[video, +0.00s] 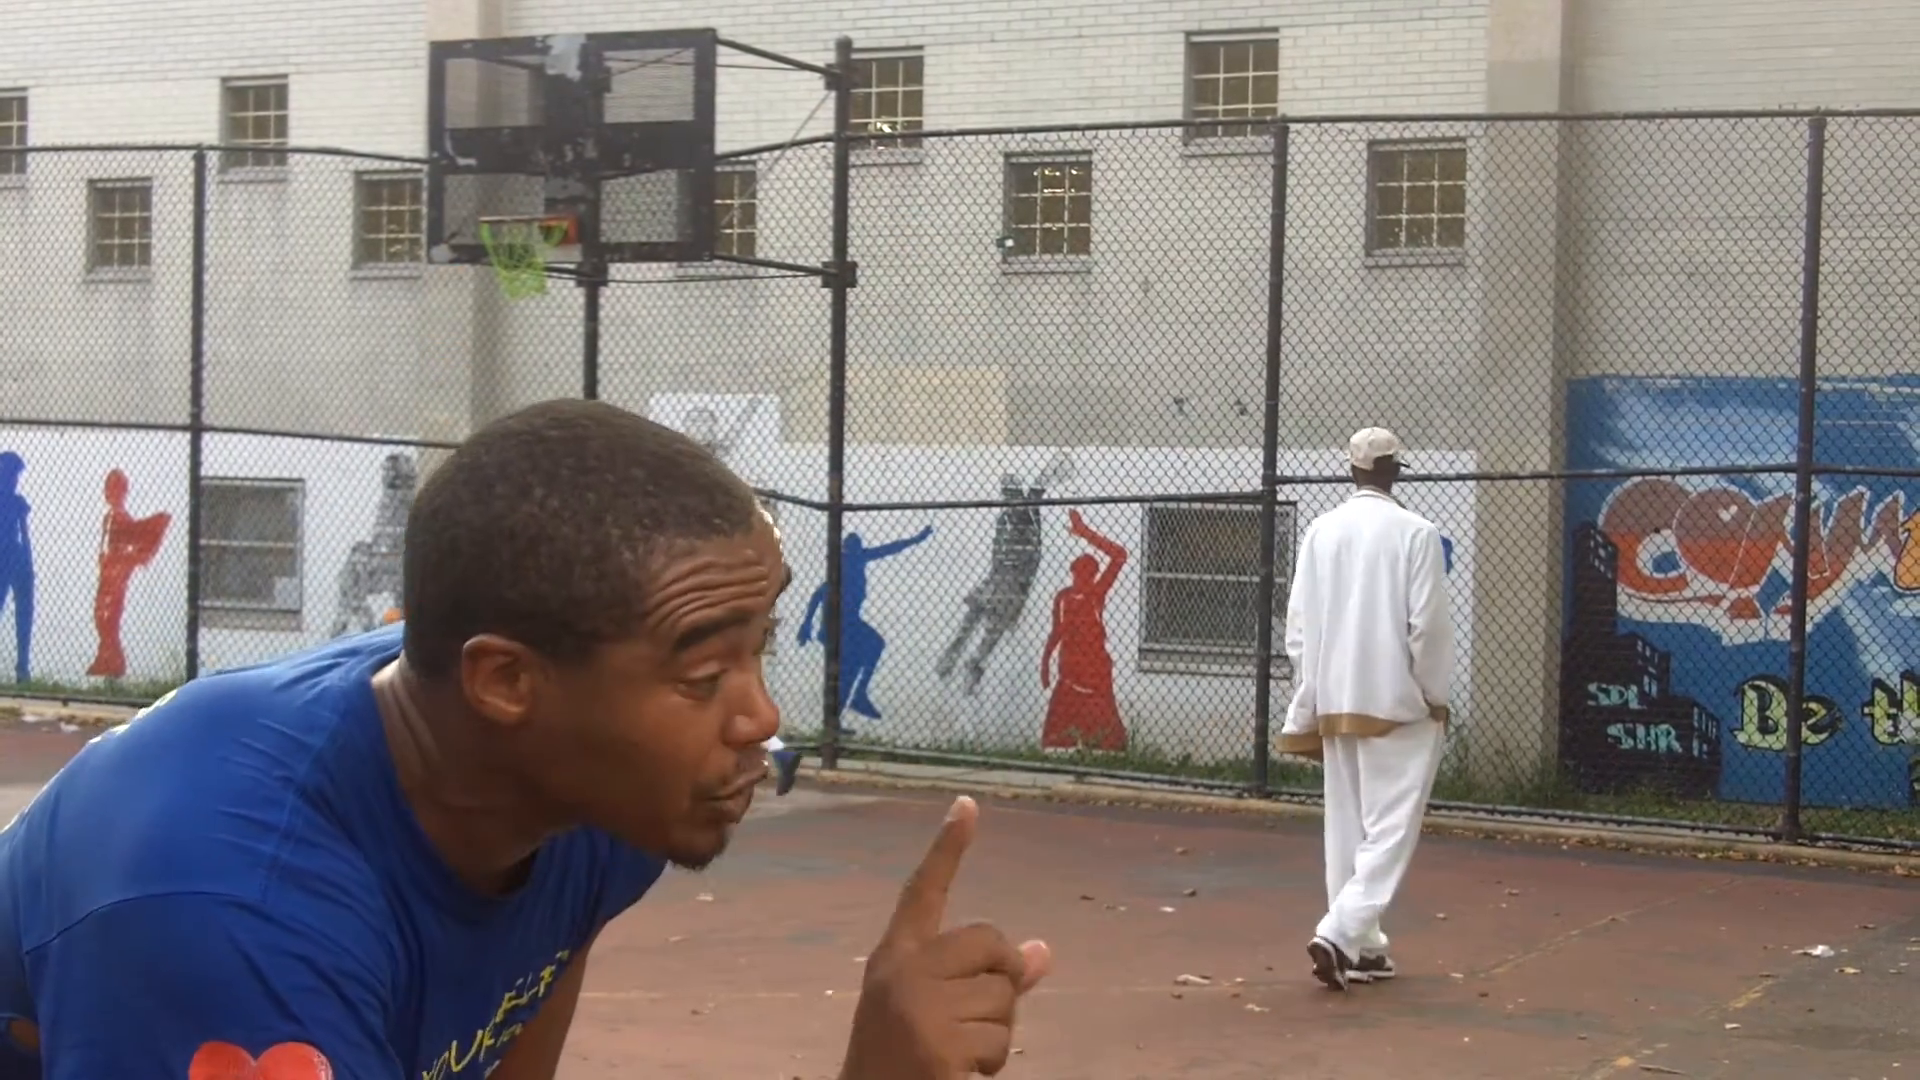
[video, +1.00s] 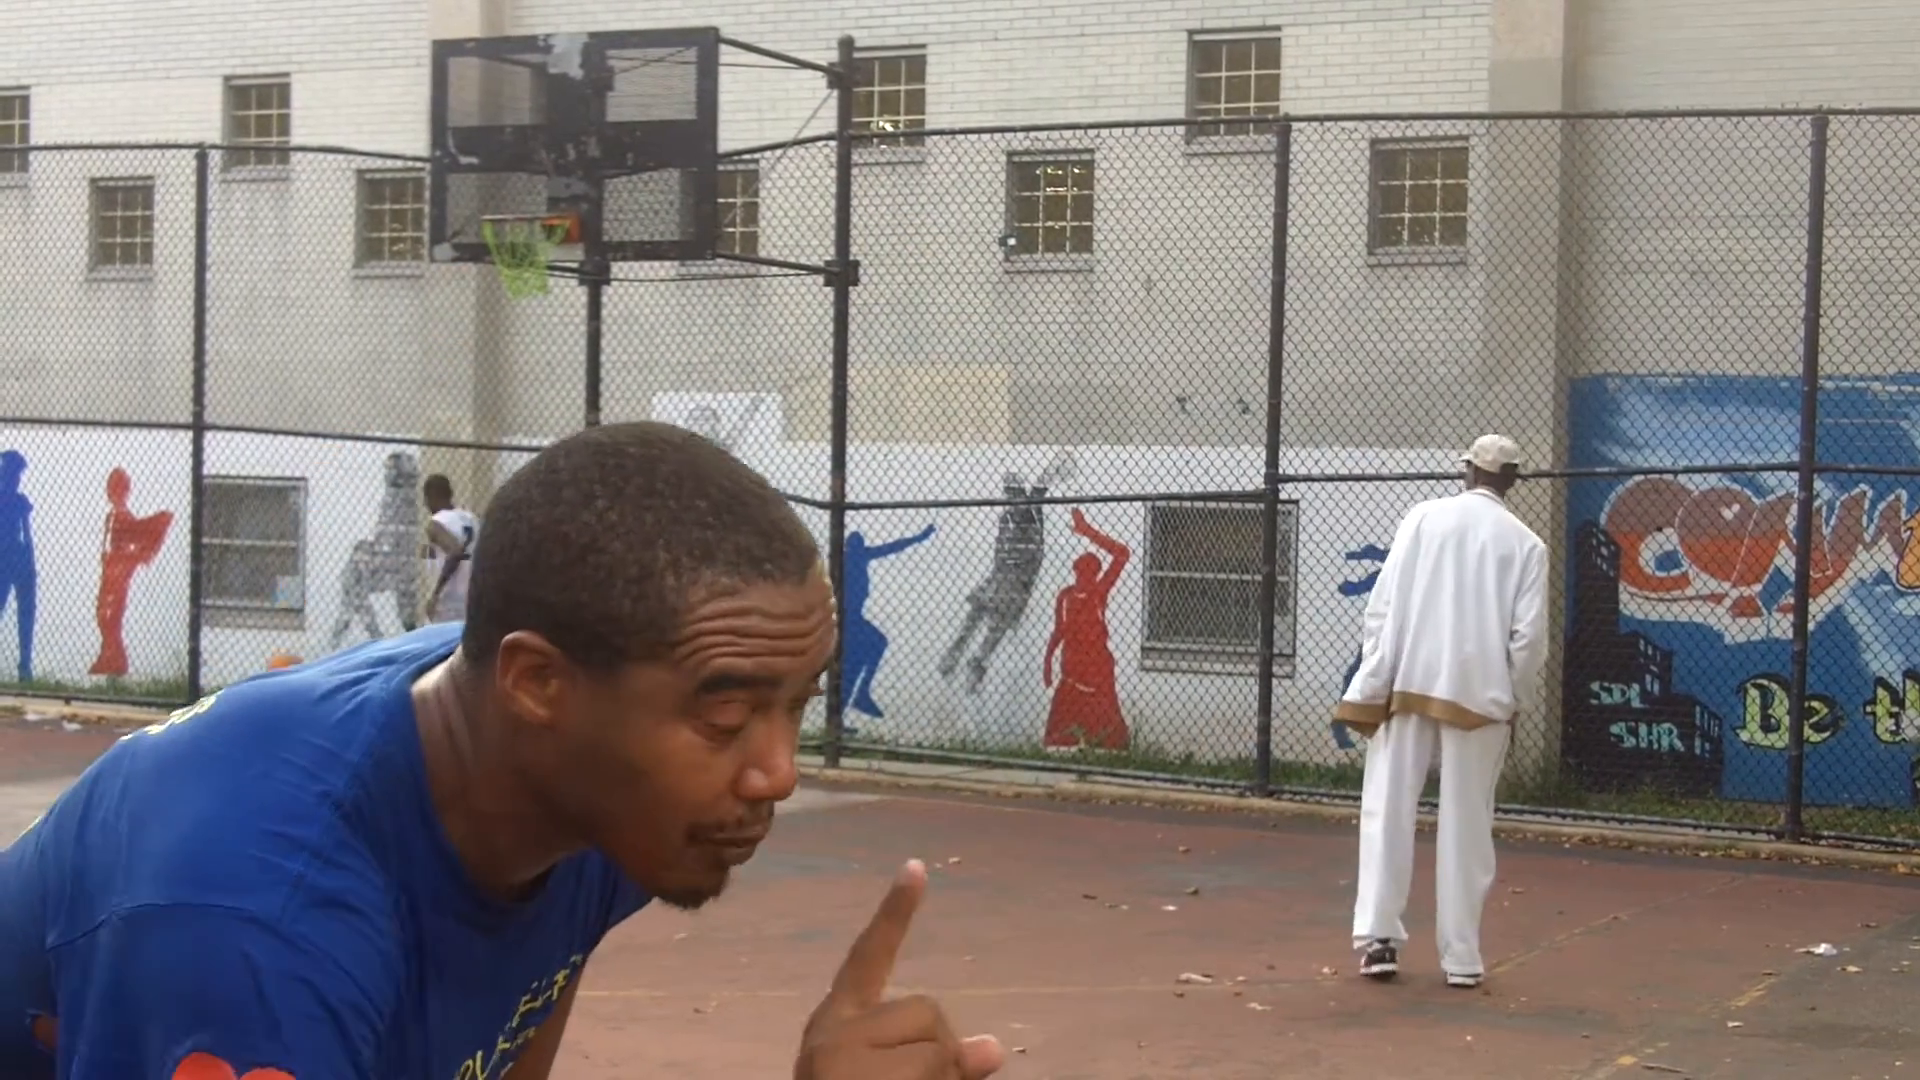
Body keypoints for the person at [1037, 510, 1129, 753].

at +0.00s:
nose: (1083, 578)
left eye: (1088, 573)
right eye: (1079, 572)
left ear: (1094, 575)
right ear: (1073, 572)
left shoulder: (1098, 593)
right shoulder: (1063, 596)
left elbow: (1119, 556)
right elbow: (1057, 631)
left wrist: (1085, 532)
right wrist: (1045, 661)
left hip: (1096, 659)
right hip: (1070, 660)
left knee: (1099, 707)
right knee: (1064, 707)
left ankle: (1107, 748)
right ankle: (1058, 747)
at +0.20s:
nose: (1086, 578)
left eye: (1090, 572)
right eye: (1082, 572)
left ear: (1097, 575)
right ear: (1075, 572)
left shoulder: (1100, 592)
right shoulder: (1065, 596)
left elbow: (1121, 556)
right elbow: (1059, 631)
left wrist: (1087, 532)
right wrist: (1047, 660)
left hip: (1098, 659)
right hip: (1072, 658)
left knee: (1102, 707)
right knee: (1066, 707)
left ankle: (1111, 748)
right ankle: (1058, 748)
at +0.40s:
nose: (1083, 577)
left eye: (1088, 572)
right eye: (1079, 571)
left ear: (1094, 574)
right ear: (1073, 571)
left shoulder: (1098, 591)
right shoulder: (1062, 596)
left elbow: (1119, 555)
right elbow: (1056, 630)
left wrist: (1085, 532)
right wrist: (1045, 661)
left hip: (1095, 658)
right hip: (1070, 658)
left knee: (1099, 707)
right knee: (1064, 707)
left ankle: (1108, 747)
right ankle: (1057, 747)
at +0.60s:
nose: (1083, 577)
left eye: (1088, 572)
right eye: (1080, 571)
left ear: (1095, 574)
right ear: (1073, 571)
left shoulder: (1099, 591)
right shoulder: (1063, 595)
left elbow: (1120, 555)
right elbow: (1057, 630)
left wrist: (1086, 532)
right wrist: (1046, 660)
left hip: (1096, 658)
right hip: (1070, 658)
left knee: (1100, 706)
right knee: (1065, 706)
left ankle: (1109, 746)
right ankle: (1058, 746)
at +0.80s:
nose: (1084, 576)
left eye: (1089, 571)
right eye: (1080, 571)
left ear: (1095, 574)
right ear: (1074, 571)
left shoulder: (1099, 591)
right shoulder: (1064, 595)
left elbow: (1121, 555)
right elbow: (1058, 630)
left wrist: (1087, 531)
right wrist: (1046, 660)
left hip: (1097, 658)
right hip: (1071, 658)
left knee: (1100, 706)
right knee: (1066, 706)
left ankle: (1110, 746)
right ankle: (1059, 745)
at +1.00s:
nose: (1085, 576)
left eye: (1090, 571)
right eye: (1081, 571)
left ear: (1096, 574)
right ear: (1075, 570)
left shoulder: (1101, 590)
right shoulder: (1065, 595)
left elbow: (1122, 554)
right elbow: (1059, 630)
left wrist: (1088, 531)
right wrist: (1048, 660)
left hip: (1098, 657)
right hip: (1072, 657)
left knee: (1101, 705)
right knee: (1067, 705)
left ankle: (1111, 745)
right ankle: (1061, 744)